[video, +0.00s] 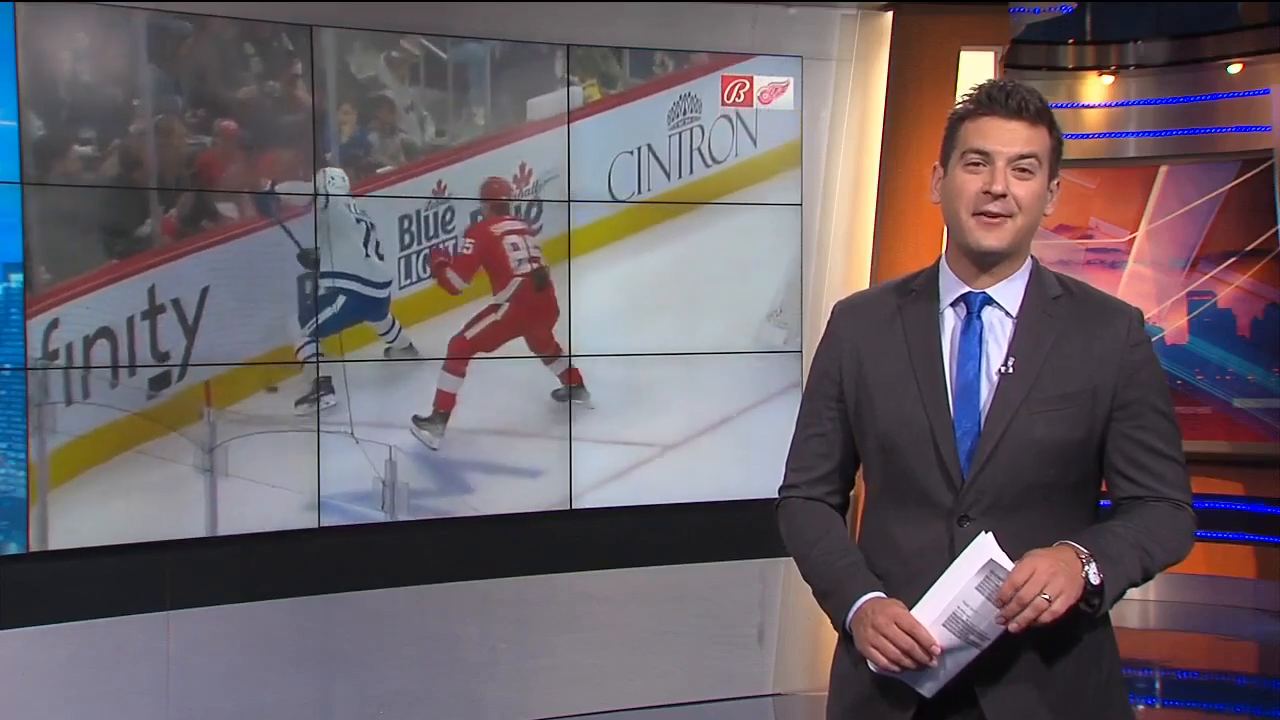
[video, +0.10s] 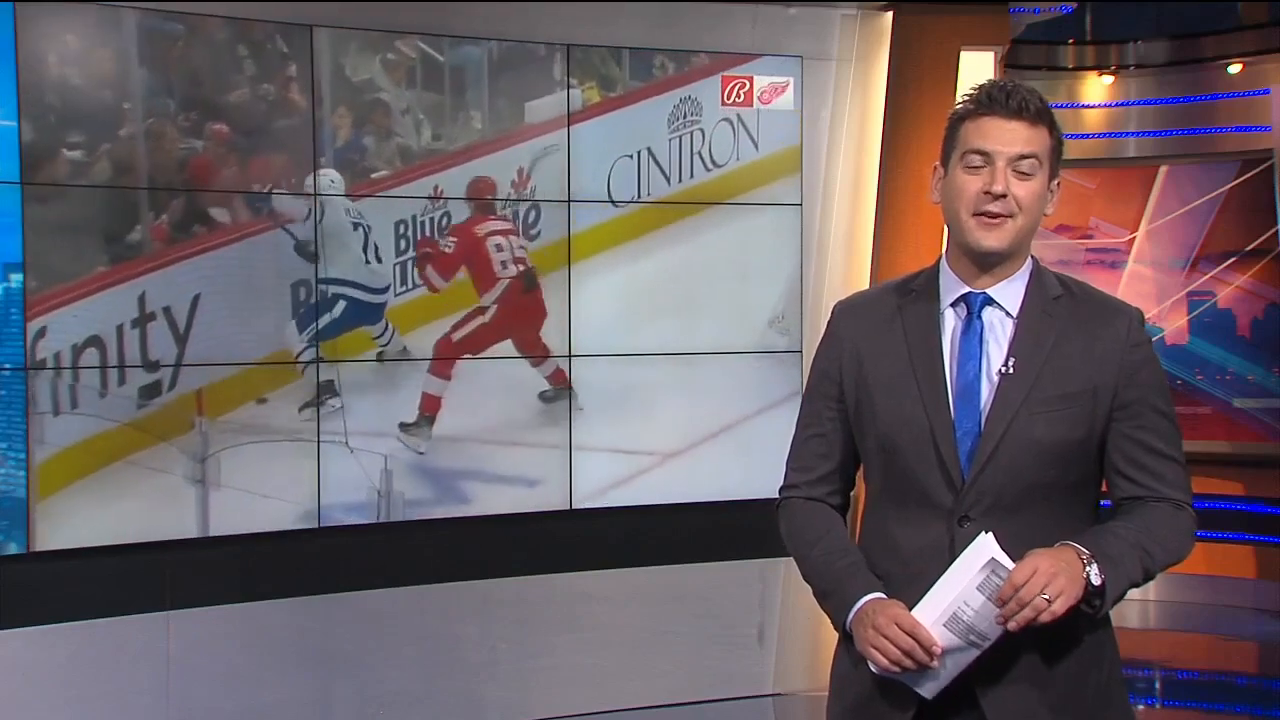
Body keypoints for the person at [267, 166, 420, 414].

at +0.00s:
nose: (314, 193)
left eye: (316, 189)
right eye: (315, 188)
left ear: (323, 189)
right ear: (345, 188)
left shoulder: (331, 205)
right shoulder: (362, 215)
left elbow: (308, 189)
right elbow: (357, 255)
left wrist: (273, 189)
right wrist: (321, 260)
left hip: (350, 298)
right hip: (380, 299)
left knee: (304, 334)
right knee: (380, 318)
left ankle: (321, 385)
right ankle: (405, 348)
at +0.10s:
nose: (309, 199)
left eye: (311, 194)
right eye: (308, 194)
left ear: (318, 194)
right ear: (339, 190)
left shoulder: (325, 208)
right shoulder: (356, 213)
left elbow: (292, 208)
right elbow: (351, 252)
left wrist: (269, 197)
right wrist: (318, 253)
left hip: (349, 304)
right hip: (378, 304)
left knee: (297, 332)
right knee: (373, 319)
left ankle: (325, 389)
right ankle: (397, 351)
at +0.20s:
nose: (306, 202)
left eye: (307, 197)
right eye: (306, 198)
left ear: (312, 195)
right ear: (336, 191)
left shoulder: (321, 210)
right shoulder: (354, 214)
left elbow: (297, 227)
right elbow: (339, 250)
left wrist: (267, 205)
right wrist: (308, 243)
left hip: (345, 305)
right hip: (375, 305)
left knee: (294, 337)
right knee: (364, 320)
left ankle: (326, 391)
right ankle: (391, 353)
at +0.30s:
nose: (301, 206)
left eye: (304, 201)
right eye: (301, 201)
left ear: (312, 198)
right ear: (333, 195)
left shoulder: (323, 217)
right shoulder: (354, 214)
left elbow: (293, 240)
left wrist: (263, 219)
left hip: (343, 308)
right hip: (372, 305)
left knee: (292, 344)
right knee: (356, 322)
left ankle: (329, 397)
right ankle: (384, 359)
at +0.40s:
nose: (303, 207)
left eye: (305, 202)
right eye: (303, 202)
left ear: (312, 200)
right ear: (331, 195)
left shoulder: (322, 223)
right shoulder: (350, 209)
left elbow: (294, 264)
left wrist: (268, 237)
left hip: (347, 306)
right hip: (372, 302)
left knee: (294, 344)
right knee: (354, 326)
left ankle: (336, 401)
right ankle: (376, 362)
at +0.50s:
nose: (306, 209)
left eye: (309, 203)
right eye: (305, 203)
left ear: (314, 202)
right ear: (332, 195)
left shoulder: (323, 229)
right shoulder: (348, 206)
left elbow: (294, 267)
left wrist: (268, 248)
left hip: (347, 305)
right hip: (372, 299)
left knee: (294, 348)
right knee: (351, 329)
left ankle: (341, 401)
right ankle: (372, 364)